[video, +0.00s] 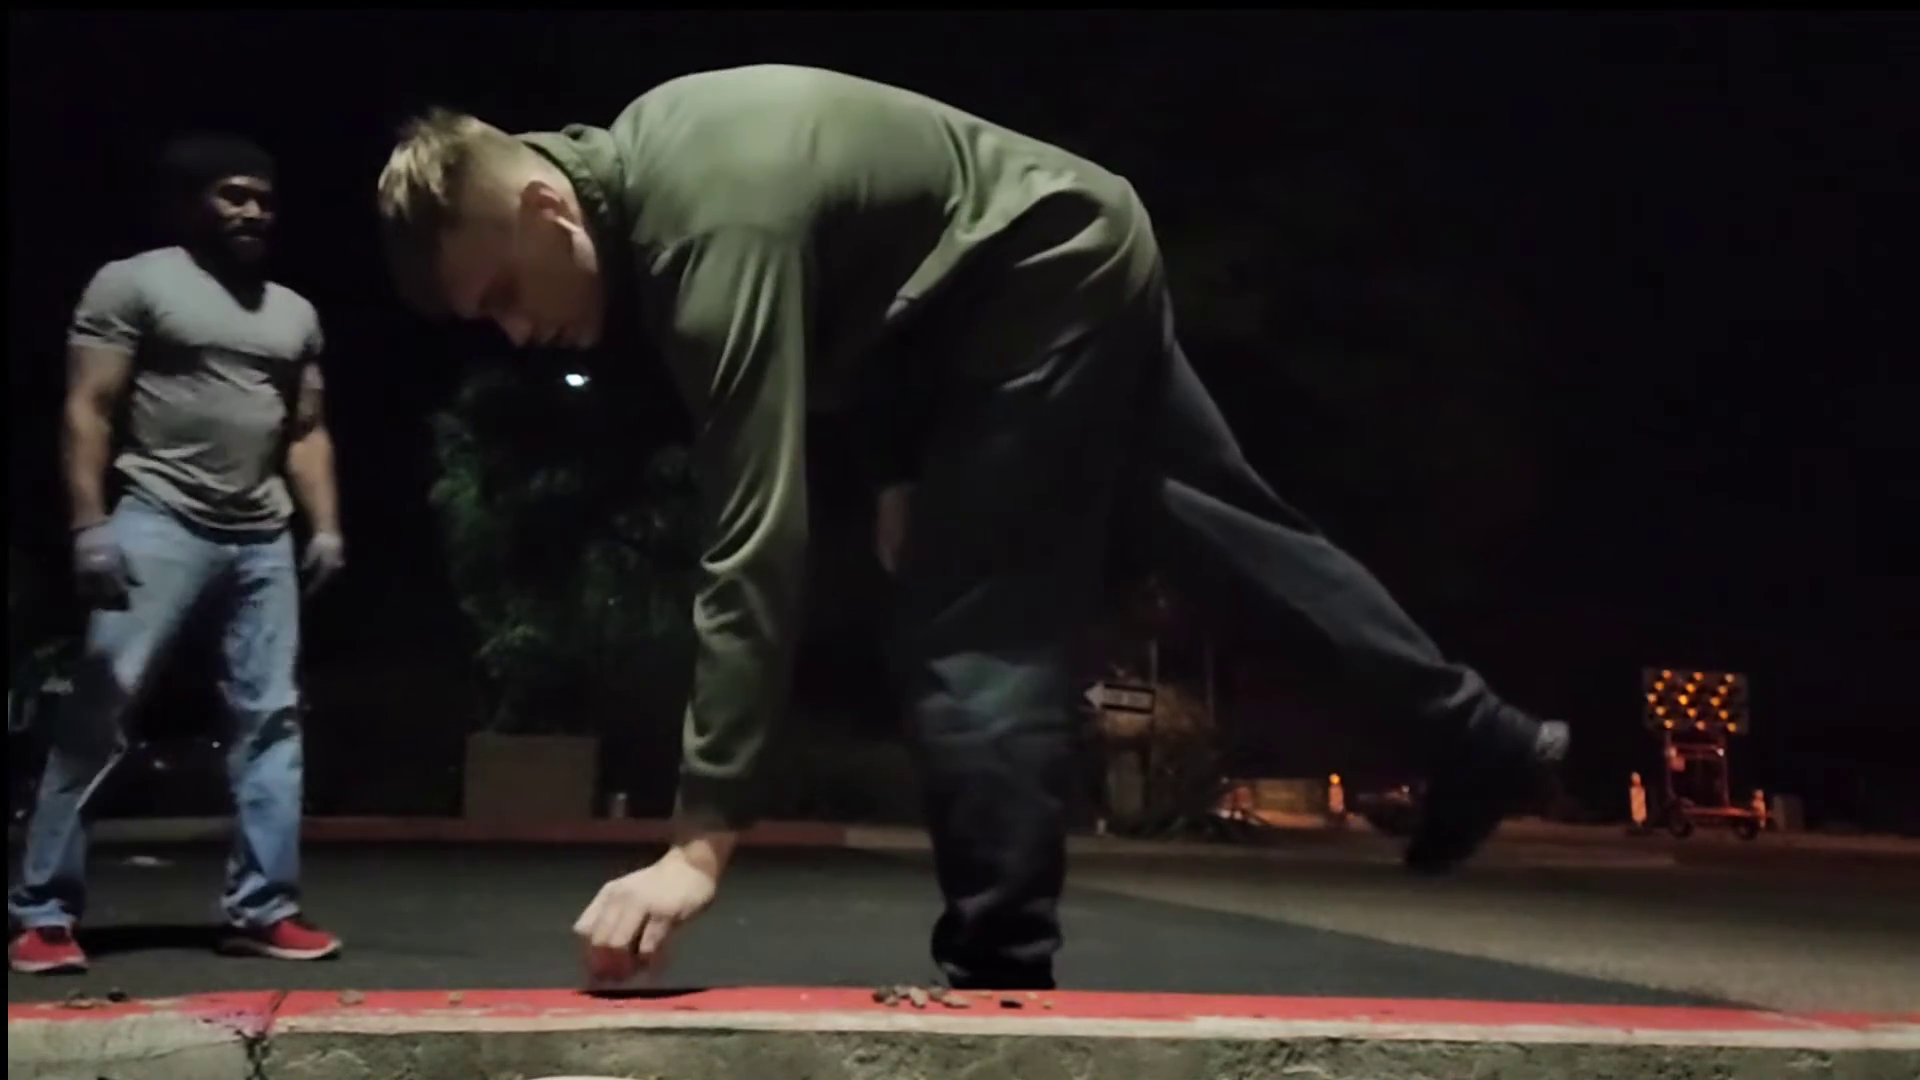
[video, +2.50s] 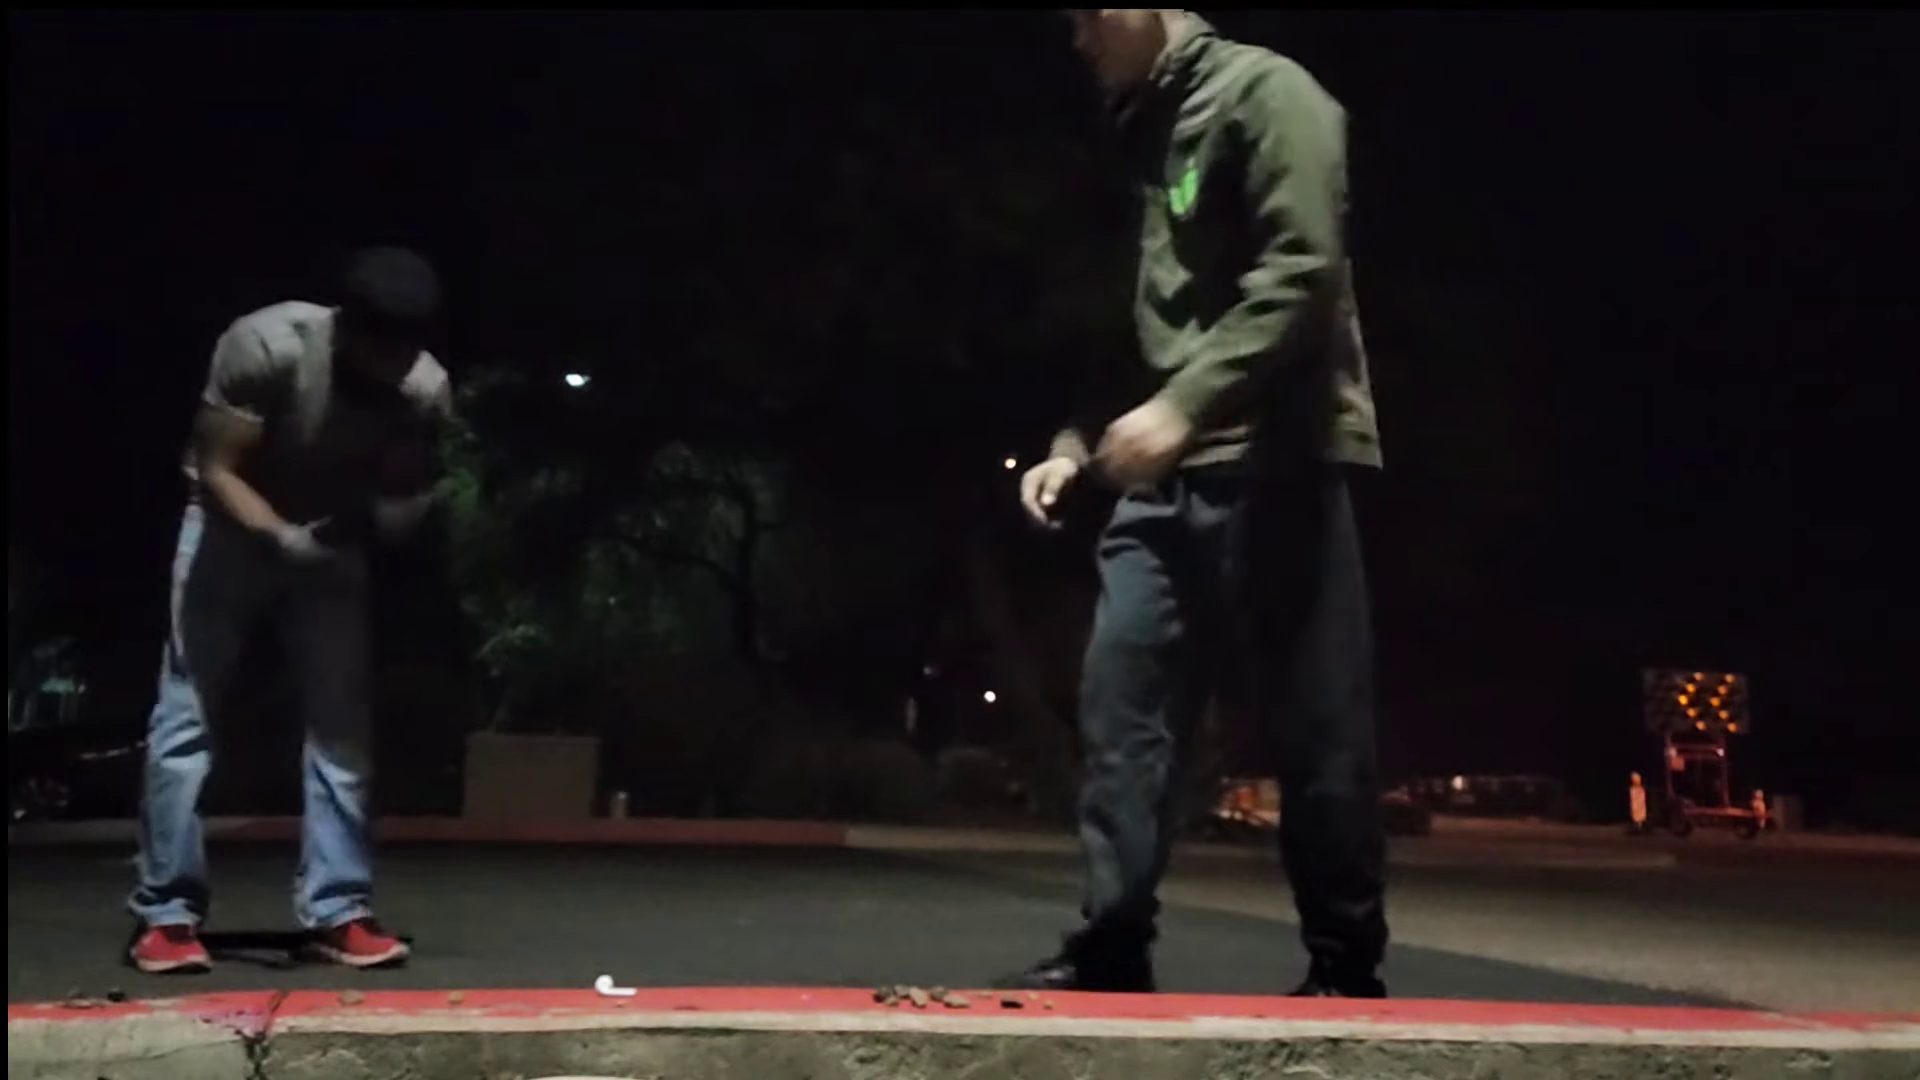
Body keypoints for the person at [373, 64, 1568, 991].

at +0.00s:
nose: (518, 334)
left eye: (505, 299)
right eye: (489, 320)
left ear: (551, 207)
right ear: (540, 205)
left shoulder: (724, 231)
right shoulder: (648, 158)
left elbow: (751, 551)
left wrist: (696, 847)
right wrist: (886, 474)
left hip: (1044, 275)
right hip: (1068, 243)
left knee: (979, 621)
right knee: (1221, 531)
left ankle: (994, 970)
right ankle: (1474, 739)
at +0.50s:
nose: (523, 210)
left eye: (515, 174)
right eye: (500, 192)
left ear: (576, 100)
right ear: (575, 97)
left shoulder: (732, 155)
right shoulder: (689, 100)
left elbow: (804, 449)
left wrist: (790, 739)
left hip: (1050, 292)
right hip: (1088, 266)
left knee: (973, 631)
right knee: (1191, 588)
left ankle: (1002, 954)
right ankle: (1389, 859)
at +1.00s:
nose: (695, 66)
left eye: (687, 38)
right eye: (680, 49)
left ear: (738, 5)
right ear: (737, 15)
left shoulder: (861, 36)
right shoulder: (858, 38)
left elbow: (901, 257)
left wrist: (875, 501)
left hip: (1069, 339)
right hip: (1105, 335)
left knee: (998, 648)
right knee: (1071, 664)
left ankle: (1000, 967)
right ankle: (1130, 974)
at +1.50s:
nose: (898, 33)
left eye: (905, 15)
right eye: (895, 22)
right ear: (943, 21)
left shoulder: (1070, 30)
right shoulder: (1003, 79)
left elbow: (1135, 208)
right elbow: (1039, 272)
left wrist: (1103, 386)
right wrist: (1032, 427)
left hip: (1155, 389)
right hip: (1088, 405)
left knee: (1133, 674)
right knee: (1090, 681)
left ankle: (1179, 966)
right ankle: (1119, 968)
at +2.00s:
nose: (1021, 22)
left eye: (1030, 9)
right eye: (1019, 16)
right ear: (1057, 24)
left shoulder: (1199, 34)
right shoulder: (1105, 96)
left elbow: (1356, 112)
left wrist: (1300, 211)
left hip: (1226, 438)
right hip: (1117, 452)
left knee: (1265, 710)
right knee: (1108, 712)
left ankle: (1341, 965)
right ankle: (1129, 971)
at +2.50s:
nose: (1080, 43)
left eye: (1089, 22)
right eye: (1075, 29)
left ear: (1144, 10)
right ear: (1119, 28)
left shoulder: (1272, 91)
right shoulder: (1145, 137)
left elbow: (1302, 281)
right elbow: (1169, 338)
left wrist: (1179, 407)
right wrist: (1085, 446)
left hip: (1285, 472)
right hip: (1166, 478)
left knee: (1316, 724)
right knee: (1122, 696)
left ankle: (1346, 963)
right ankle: (1112, 947)